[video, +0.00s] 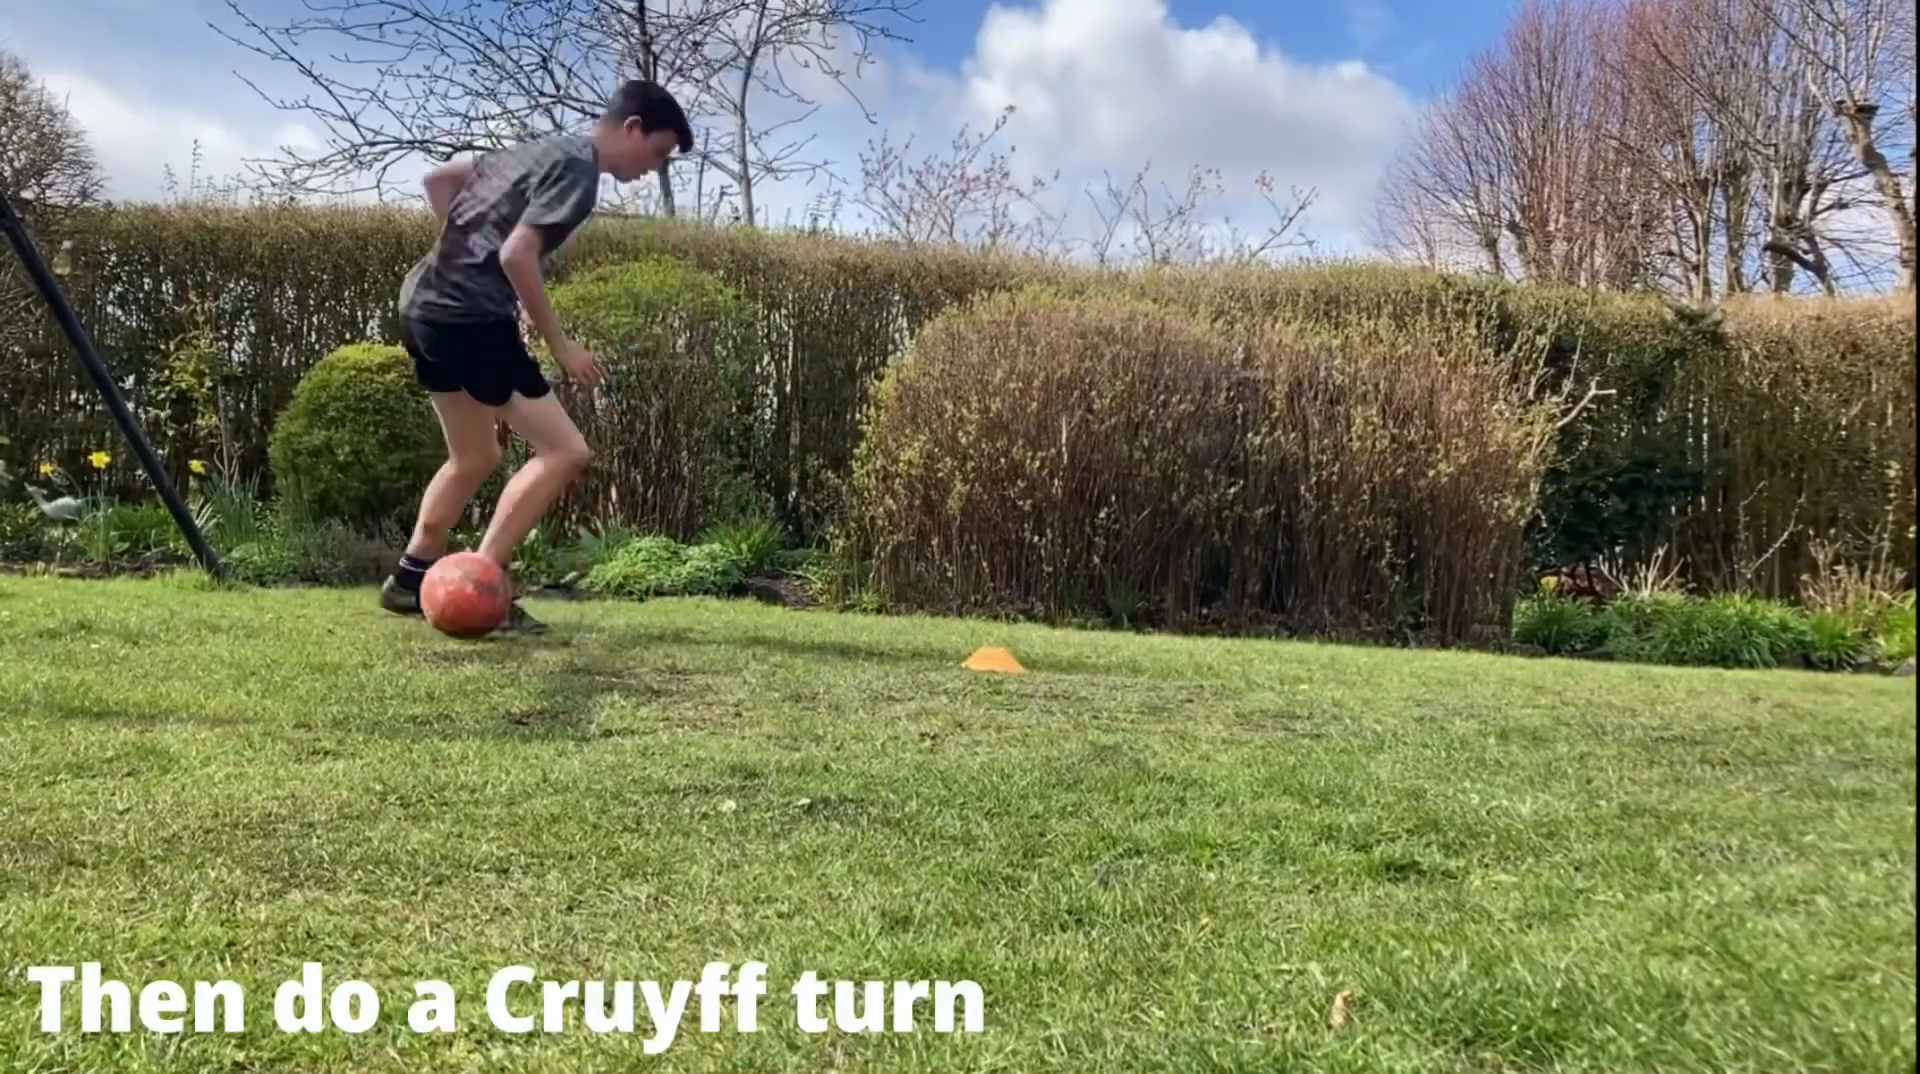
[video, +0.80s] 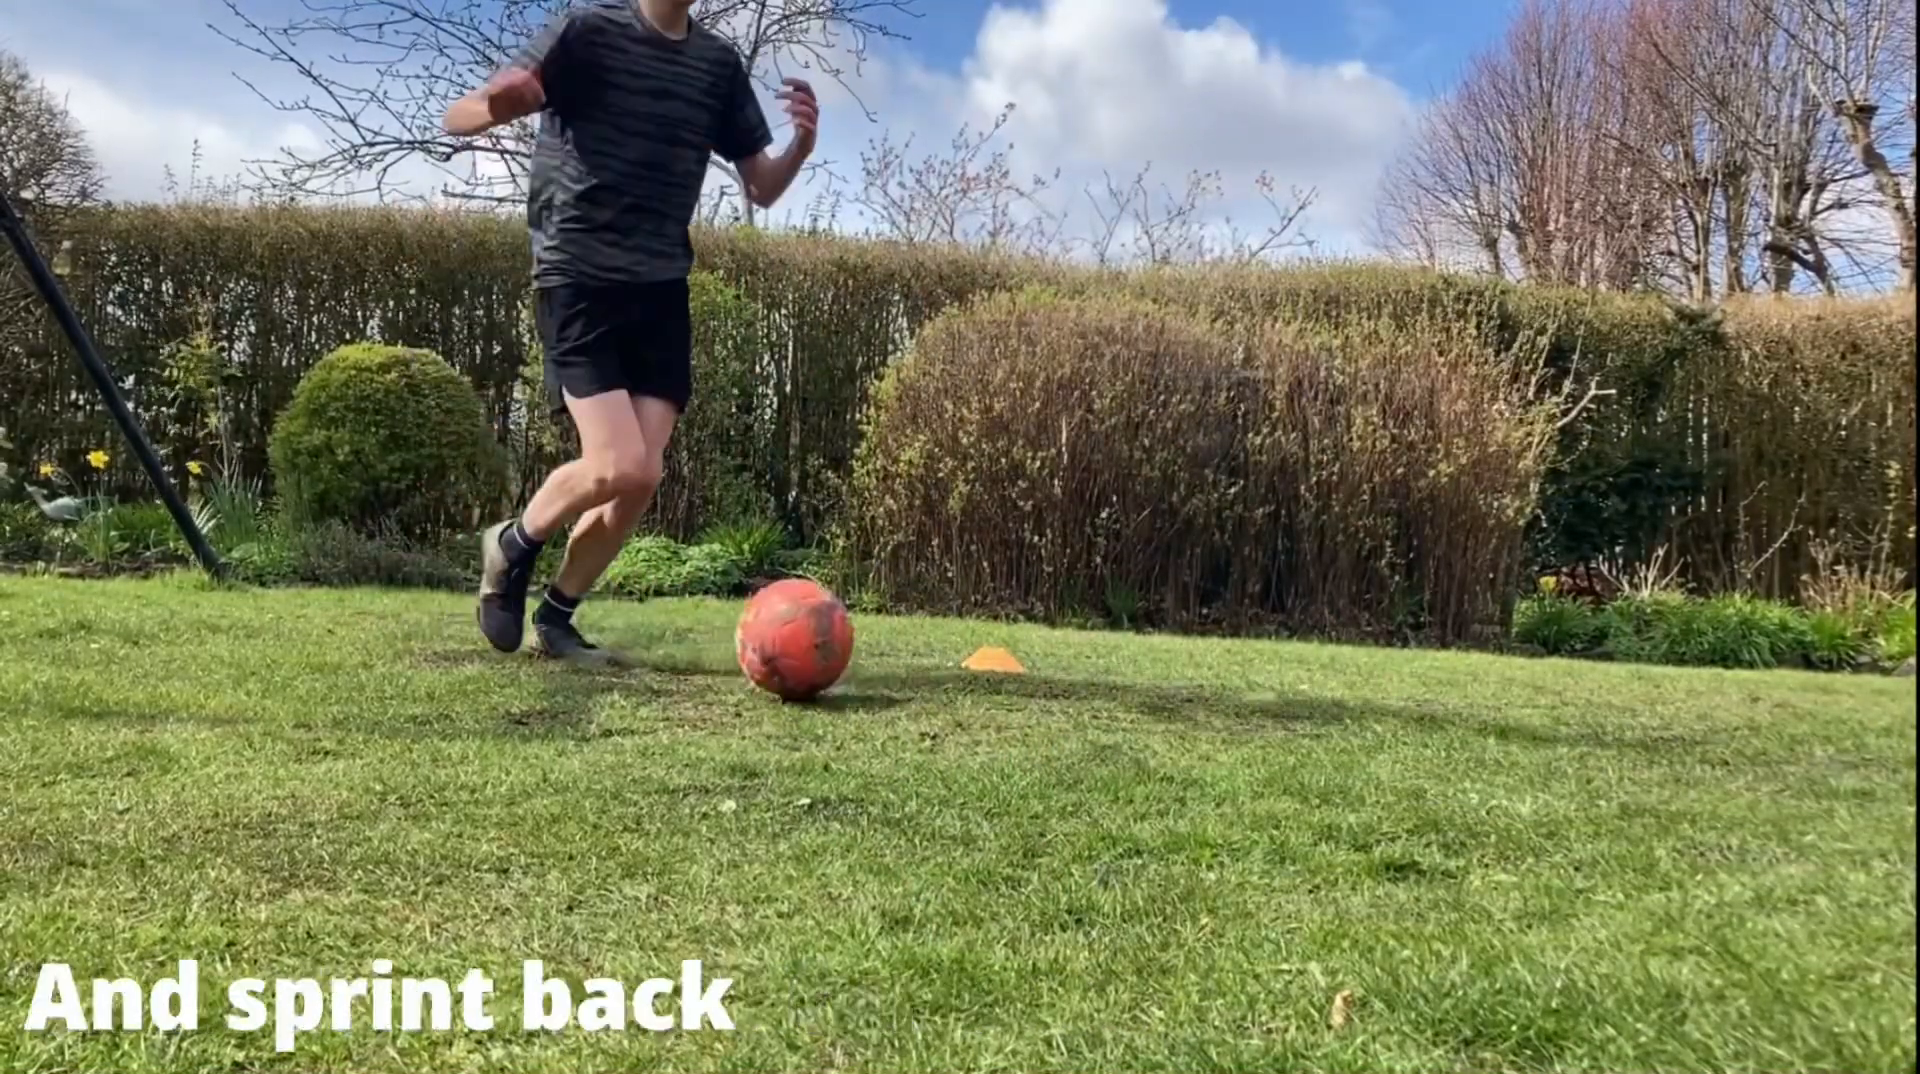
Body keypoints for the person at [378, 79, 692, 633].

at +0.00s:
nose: (653, 171)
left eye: (663, 162)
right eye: (659, 155)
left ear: (625, 127)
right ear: (632, 128)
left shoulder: (535, 150)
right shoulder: (576, 170)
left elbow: (439, 180)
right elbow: (516, 254)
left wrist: (472, 256)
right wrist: (561, 344)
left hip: (428, 310)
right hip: (471, 318)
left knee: (472, 457)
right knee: (564, 452)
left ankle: (411, 578)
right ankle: (480, 585)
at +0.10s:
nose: (628, 179)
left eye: (634, 169)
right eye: (624, 163)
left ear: (591, 151)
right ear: (588, 145)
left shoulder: (552, 211)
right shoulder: (525, 194)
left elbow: (500, 282)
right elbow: (430, 265)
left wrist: (536, 337)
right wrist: (472, 363)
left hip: (467, 346)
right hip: (437, 349)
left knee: (488, 483)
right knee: (555, 454)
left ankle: (404, 582)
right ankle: (478, 580)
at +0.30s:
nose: (600, 88)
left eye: (609, 78)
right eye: (590, 70)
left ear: (611, 83)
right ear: (553, 63)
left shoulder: (581, 151)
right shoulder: (490, 129)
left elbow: (550, 244)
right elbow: (405, 206)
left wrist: (612, 263)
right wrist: (430, 301)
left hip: (517, 326)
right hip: (457, 318)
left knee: (516, 481)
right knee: (494, 472)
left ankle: (437, 548)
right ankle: (433, 568)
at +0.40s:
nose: (582, 75)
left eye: (591, 65)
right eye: (571, 59)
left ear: (594, 70)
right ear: (534, 55)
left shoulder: (585, 144)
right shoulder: (484, 130)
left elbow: (579, 225)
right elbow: (426, 234)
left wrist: (635, 232)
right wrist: (500, 280)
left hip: (535, 325)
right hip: (458, 321)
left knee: (564, 464)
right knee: (471, 482)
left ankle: (499, 535)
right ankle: (427, 577)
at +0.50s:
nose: (589, 53)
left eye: (599, 43)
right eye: (577, 37)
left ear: (604, 50)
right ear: (541, 34)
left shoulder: (603, 119)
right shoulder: (500, 105)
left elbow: (626, 195)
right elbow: (467, 183)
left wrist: (665, 184)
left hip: (555, 306)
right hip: (475, 308)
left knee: (597, 393)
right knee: (463, 479)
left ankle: (581, 568)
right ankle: (425, 575)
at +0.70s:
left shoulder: (671, 61)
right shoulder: (559, 27)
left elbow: (694, 174)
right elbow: (466, 112)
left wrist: (742, 162)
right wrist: (561, 89)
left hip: (621, 268)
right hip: (534, 262)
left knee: (629, 442)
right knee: (536, 469)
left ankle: (552, 619)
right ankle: (473, 524)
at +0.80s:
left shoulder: (720, 61)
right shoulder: (586, 29)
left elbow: (762, 186)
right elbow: (454, 118)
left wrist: (803, 143)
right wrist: (496, 106)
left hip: (662, 285)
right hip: (575, 275)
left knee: (640, 478)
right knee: (618, 466)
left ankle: (557, 613)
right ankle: (513, 546)